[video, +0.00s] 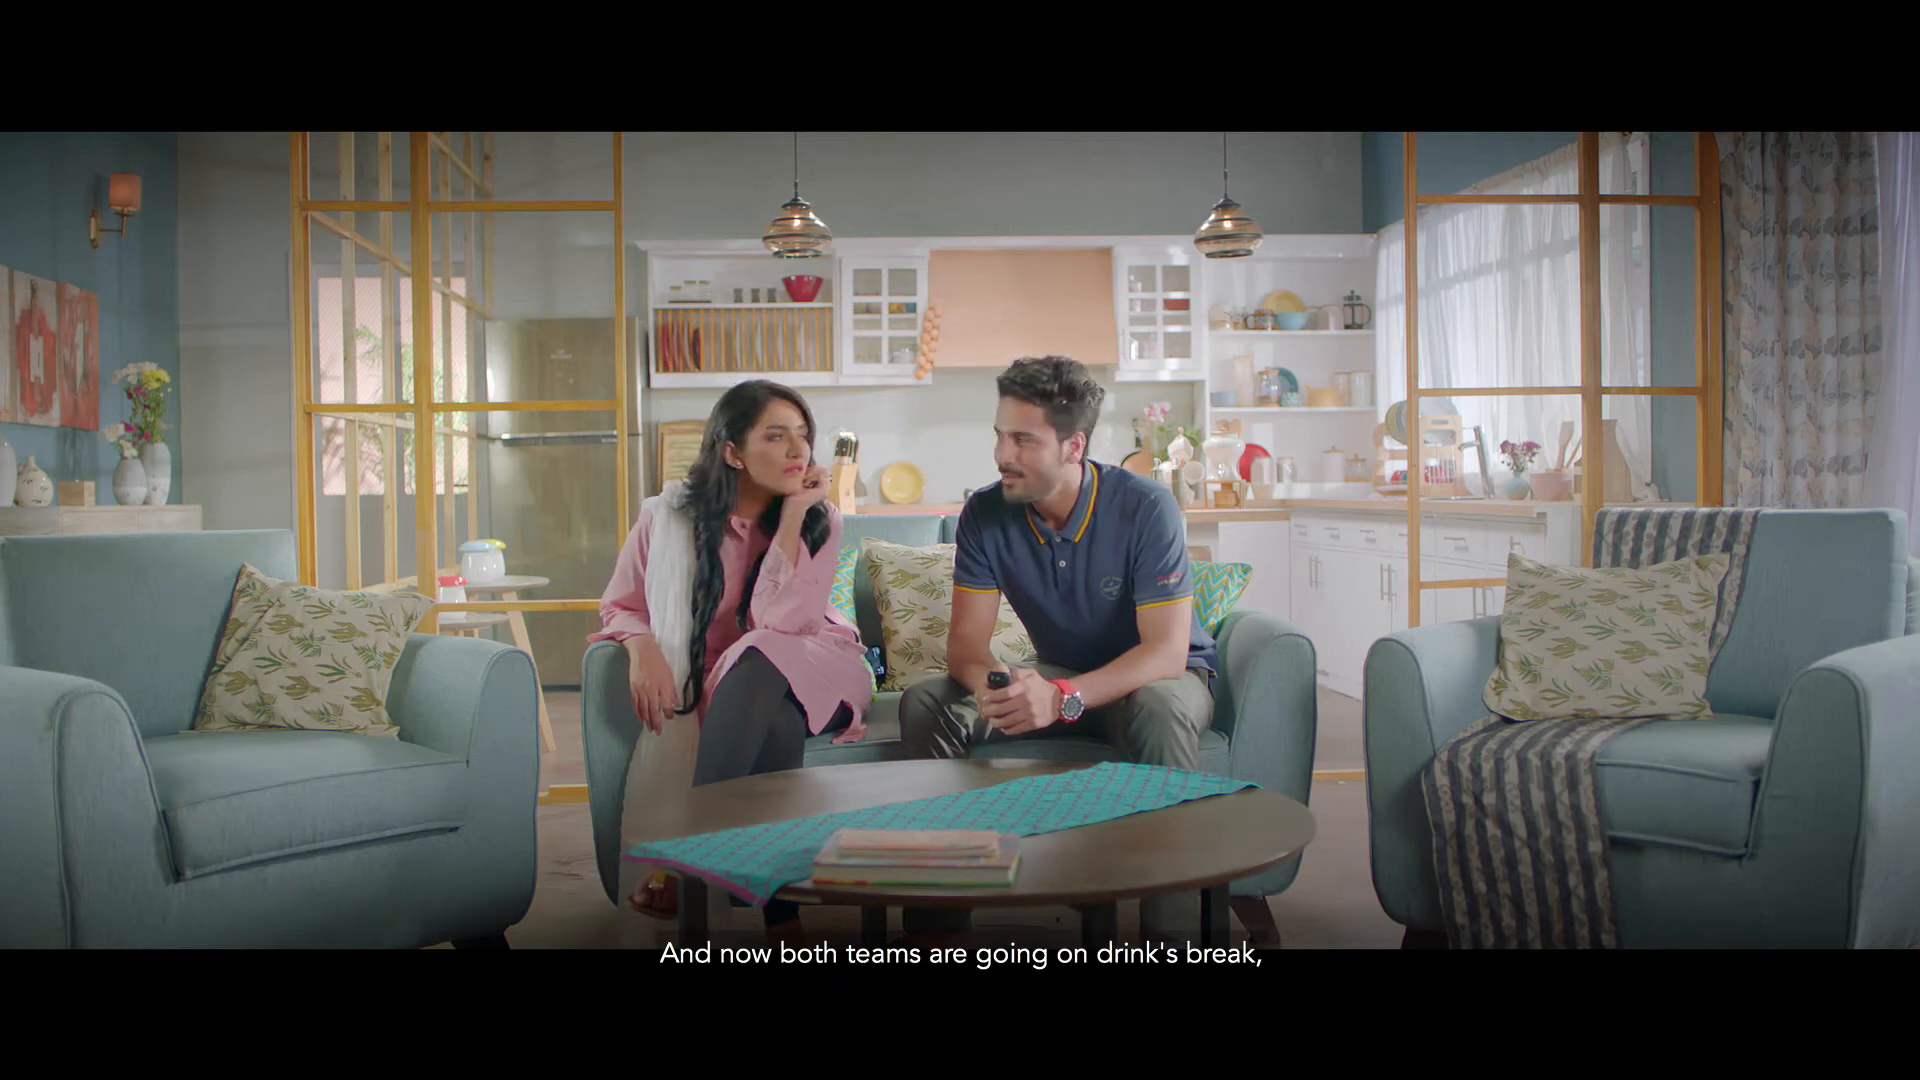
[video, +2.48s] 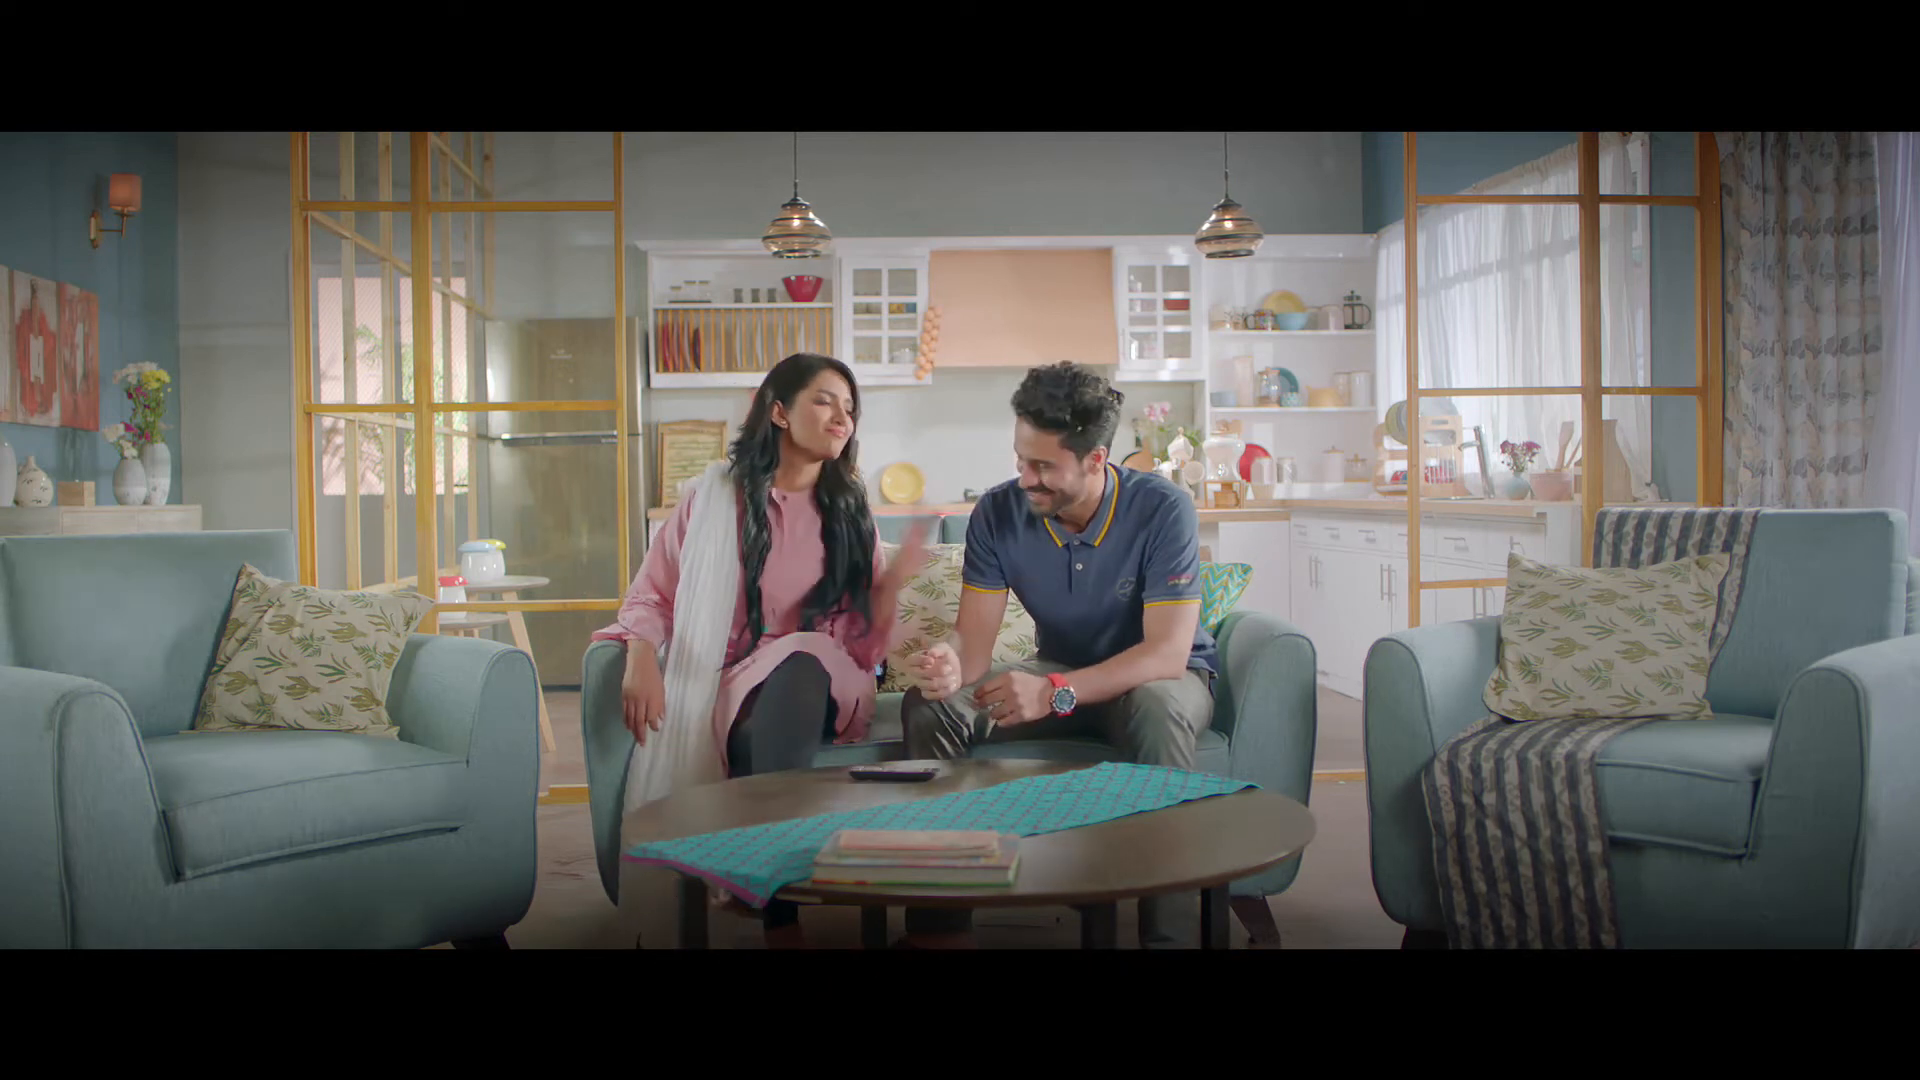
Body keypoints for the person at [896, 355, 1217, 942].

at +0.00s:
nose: (1002, 455)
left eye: (1022, 441)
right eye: (999, 435)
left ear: (1073, 446)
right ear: (995, 432)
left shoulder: (1145, 509)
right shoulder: (986, 515)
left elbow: (1166, 654)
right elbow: (966, 647)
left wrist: (1064, 697)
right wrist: (997, 686)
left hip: (1155, 679)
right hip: (1058, 681)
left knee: (1157, 709)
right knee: (925, 703)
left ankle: (1172, 923)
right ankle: (942, 899)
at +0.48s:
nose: (988, 455)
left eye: (1004, 444)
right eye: (992, 438)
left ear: (1059, 453)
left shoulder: (1146, 509)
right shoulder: (987, 516)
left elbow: (1167, 654)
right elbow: (966, 647)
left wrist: (1063, 697)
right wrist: (995, 687)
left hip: (1155, 679)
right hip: (1058, 680)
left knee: (1157, 709)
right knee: (926, 702)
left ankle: (1173, 920)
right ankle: (942, 897)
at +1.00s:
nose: (990, 456)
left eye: (1007, 444)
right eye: (994, 439)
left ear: (1061, 454)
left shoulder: (1146, 509)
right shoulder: (986, 516)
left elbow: (1166, 654)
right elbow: (966, 646)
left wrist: (1063, 697)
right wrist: (996, 687)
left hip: (1157, 679)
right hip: (1060, 679)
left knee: (1157, 709)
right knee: (926, 704)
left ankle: (1169, 933)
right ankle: (938, 906)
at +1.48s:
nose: (1003, 458)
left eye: (1021, 448)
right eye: (1007, 440)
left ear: (1076, 461)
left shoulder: (1149, 508)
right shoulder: (988, 512)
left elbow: (1160, 653)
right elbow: (970, 641)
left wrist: (1061, 707)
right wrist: (978, 696)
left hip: (1158, 676)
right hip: (1062, 674)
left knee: (1157, 708)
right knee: (931, 706)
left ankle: (1170, 932)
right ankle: (949, 910)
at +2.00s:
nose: (1000, 458)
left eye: (1015, 449)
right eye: (1004, 442)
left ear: (1068, 465)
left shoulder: (1154, 509)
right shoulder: (994, 516)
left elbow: (1164, 655)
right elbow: (969, 643)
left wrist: (1051, 693)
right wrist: (915, 661)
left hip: (1154, 677)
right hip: (1055, 679)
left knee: (1152, 708)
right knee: (928, 706)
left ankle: (1167, 931)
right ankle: (941, 916)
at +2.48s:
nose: (1024, 479)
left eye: (1042, 467)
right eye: (1020, 460)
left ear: (1096, 459)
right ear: (1016, 439)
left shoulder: (1162, 509)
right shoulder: (999, 513)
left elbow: (1167, 656)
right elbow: (972, 647)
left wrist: (1053, 691)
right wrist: (948, 670)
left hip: (1152, 681)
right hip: (1055, 681)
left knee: (1157, 706)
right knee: (929, 709)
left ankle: (1169, 934)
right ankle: (940, 919)